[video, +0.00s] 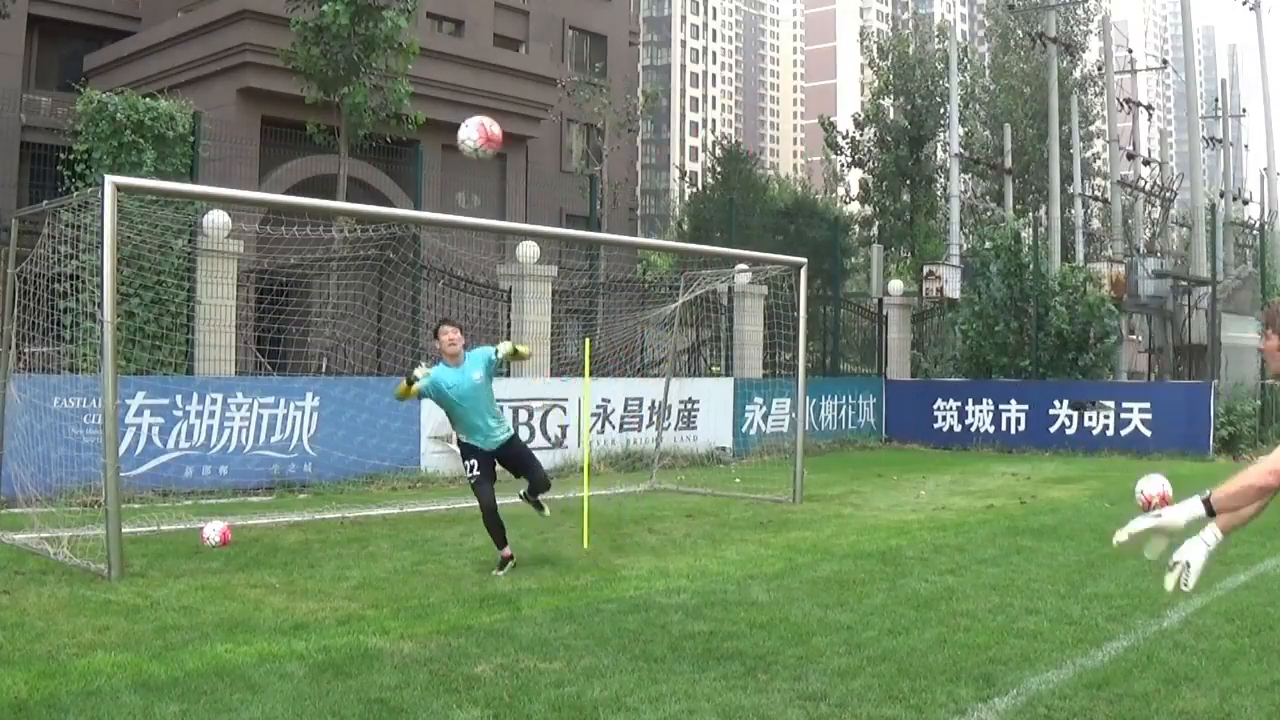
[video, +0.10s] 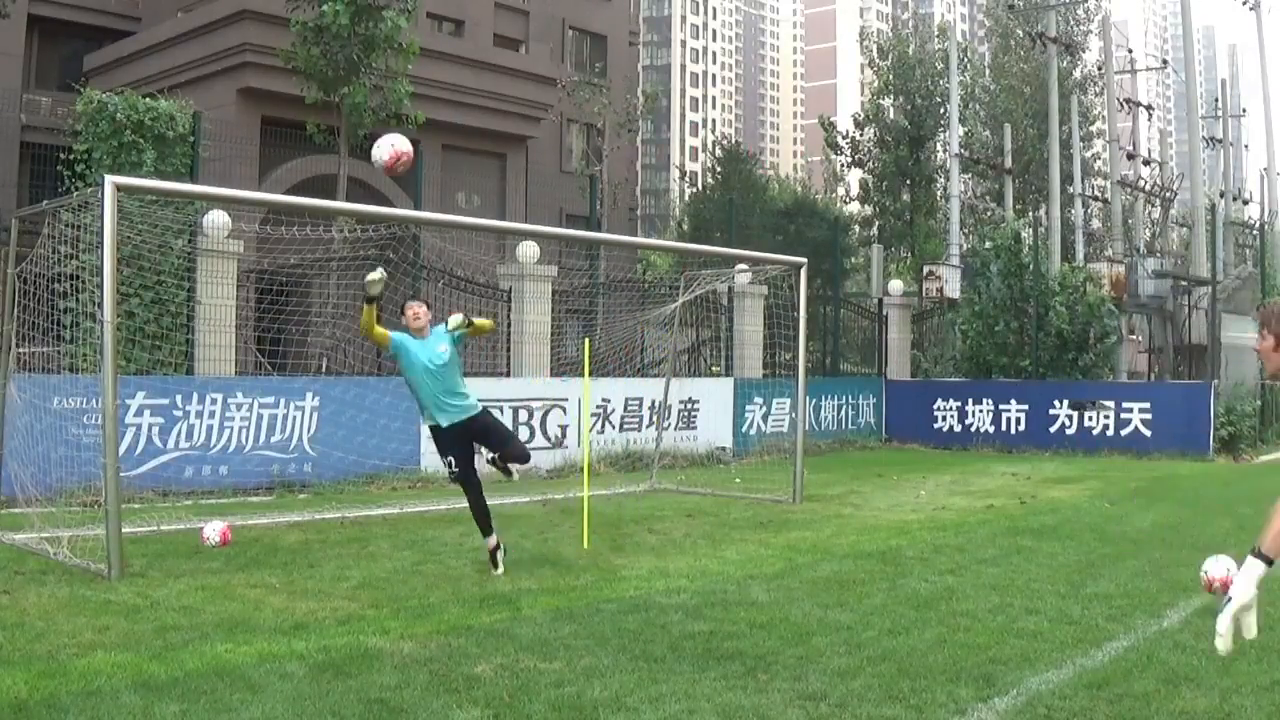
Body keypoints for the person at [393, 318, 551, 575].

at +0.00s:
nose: (452, 337)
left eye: (455, 333)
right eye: (445, 335)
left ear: (463, 338)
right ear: (438, 345)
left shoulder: (482, 356)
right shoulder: (434, 378)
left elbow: (524, 355)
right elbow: (401, 396)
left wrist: (513, 351)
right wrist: (411, 380)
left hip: (503, 435)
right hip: (473, 445)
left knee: (542, 482)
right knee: (487, 505)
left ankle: (530, 496)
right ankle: (506, 554)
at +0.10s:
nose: (416, 313)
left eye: (420, 309)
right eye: (410, 311)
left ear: (429, 316)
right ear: (403, 320)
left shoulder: (447, 332)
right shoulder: (400, 343)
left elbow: (489, 327)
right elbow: (369, 329)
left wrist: (468, 323)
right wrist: (372, 299)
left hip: (474, 414)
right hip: (444, 428)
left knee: (521, 454)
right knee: (471, 487)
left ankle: (498, 461)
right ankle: (492, 543)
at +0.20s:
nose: (364, 281)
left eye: (370, 279)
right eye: (361, 280)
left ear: (384, 286)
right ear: (356, 288)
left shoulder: (398, 314)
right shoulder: (345, 303)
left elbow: (424, 343)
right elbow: (319, 265)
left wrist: (431, 360)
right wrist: (299, 227)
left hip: (410, 386)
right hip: (382, 399)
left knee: (458, 433)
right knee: (429, 447)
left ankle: (507, 477)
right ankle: (465, 466)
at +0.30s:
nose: (325, 274)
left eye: (332, 271)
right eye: (323, 271)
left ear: (346, 282)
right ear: (320, 281)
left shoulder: (359, 311)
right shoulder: (304, 301)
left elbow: (387, 350)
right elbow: (278, 266)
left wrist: (391, 382)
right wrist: (269, 227)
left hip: (374, 382)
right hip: (348, 401)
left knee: (428, 422)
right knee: (404, 459)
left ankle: (471, 464)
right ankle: (430, 444)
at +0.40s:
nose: (252, 297)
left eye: (256, 291)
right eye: (250, 292)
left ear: (275, 292)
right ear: (253, 294)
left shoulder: (292, 323)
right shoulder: (248, 315)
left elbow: (331, 359)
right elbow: (218, 303)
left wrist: (333, 399)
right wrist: (220, 278)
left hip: (319, 398)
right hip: (296, 419)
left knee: (386, 433)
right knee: (333, 489)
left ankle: (433, 438)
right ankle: (385, 474)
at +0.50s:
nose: (196, 325)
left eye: (200, 318)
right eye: (195, 319)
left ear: (220, 317)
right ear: (206, 320)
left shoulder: (252, 347)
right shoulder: (202, 347)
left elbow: (297, 374)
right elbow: (176, 364)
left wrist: (312, 410)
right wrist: (161, 354)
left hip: (285, 422)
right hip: (260, 443)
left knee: (359, 451)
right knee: (267, 513)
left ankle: (414, 454)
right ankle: (333, 515)